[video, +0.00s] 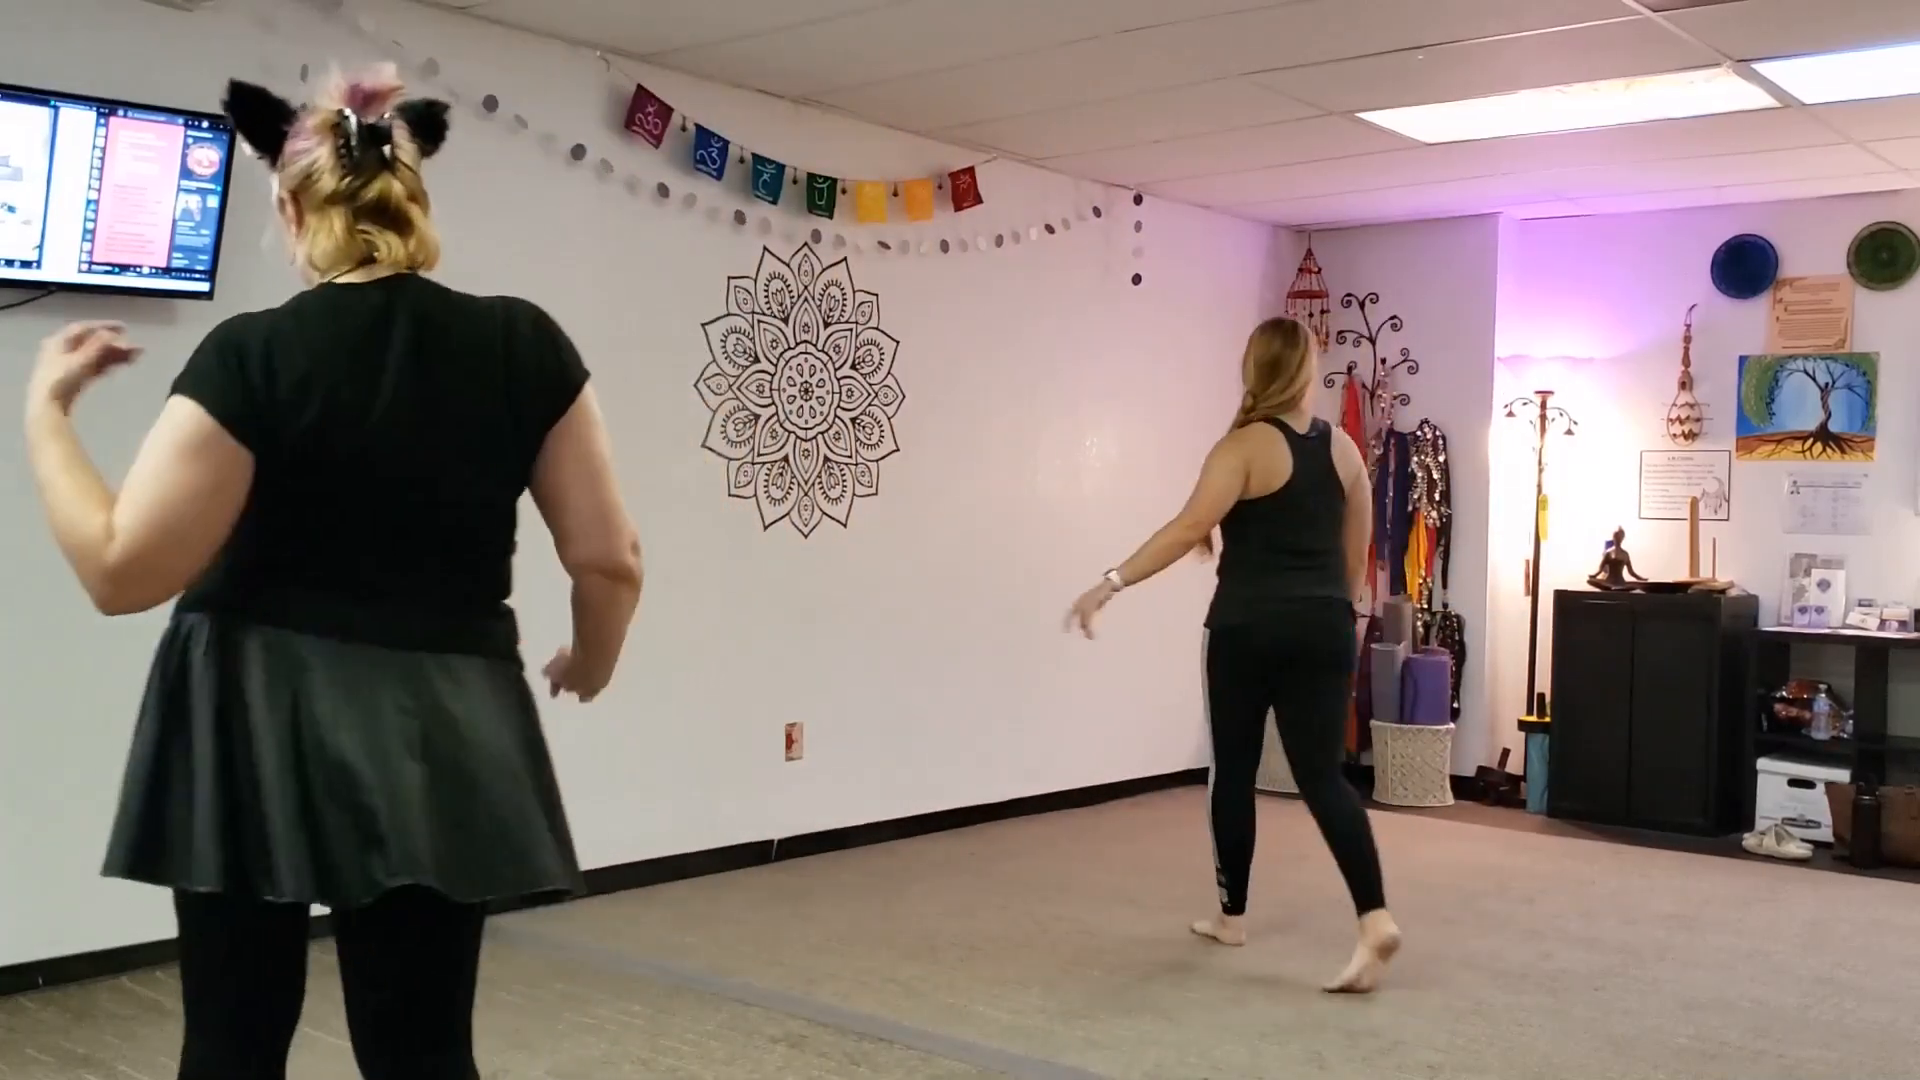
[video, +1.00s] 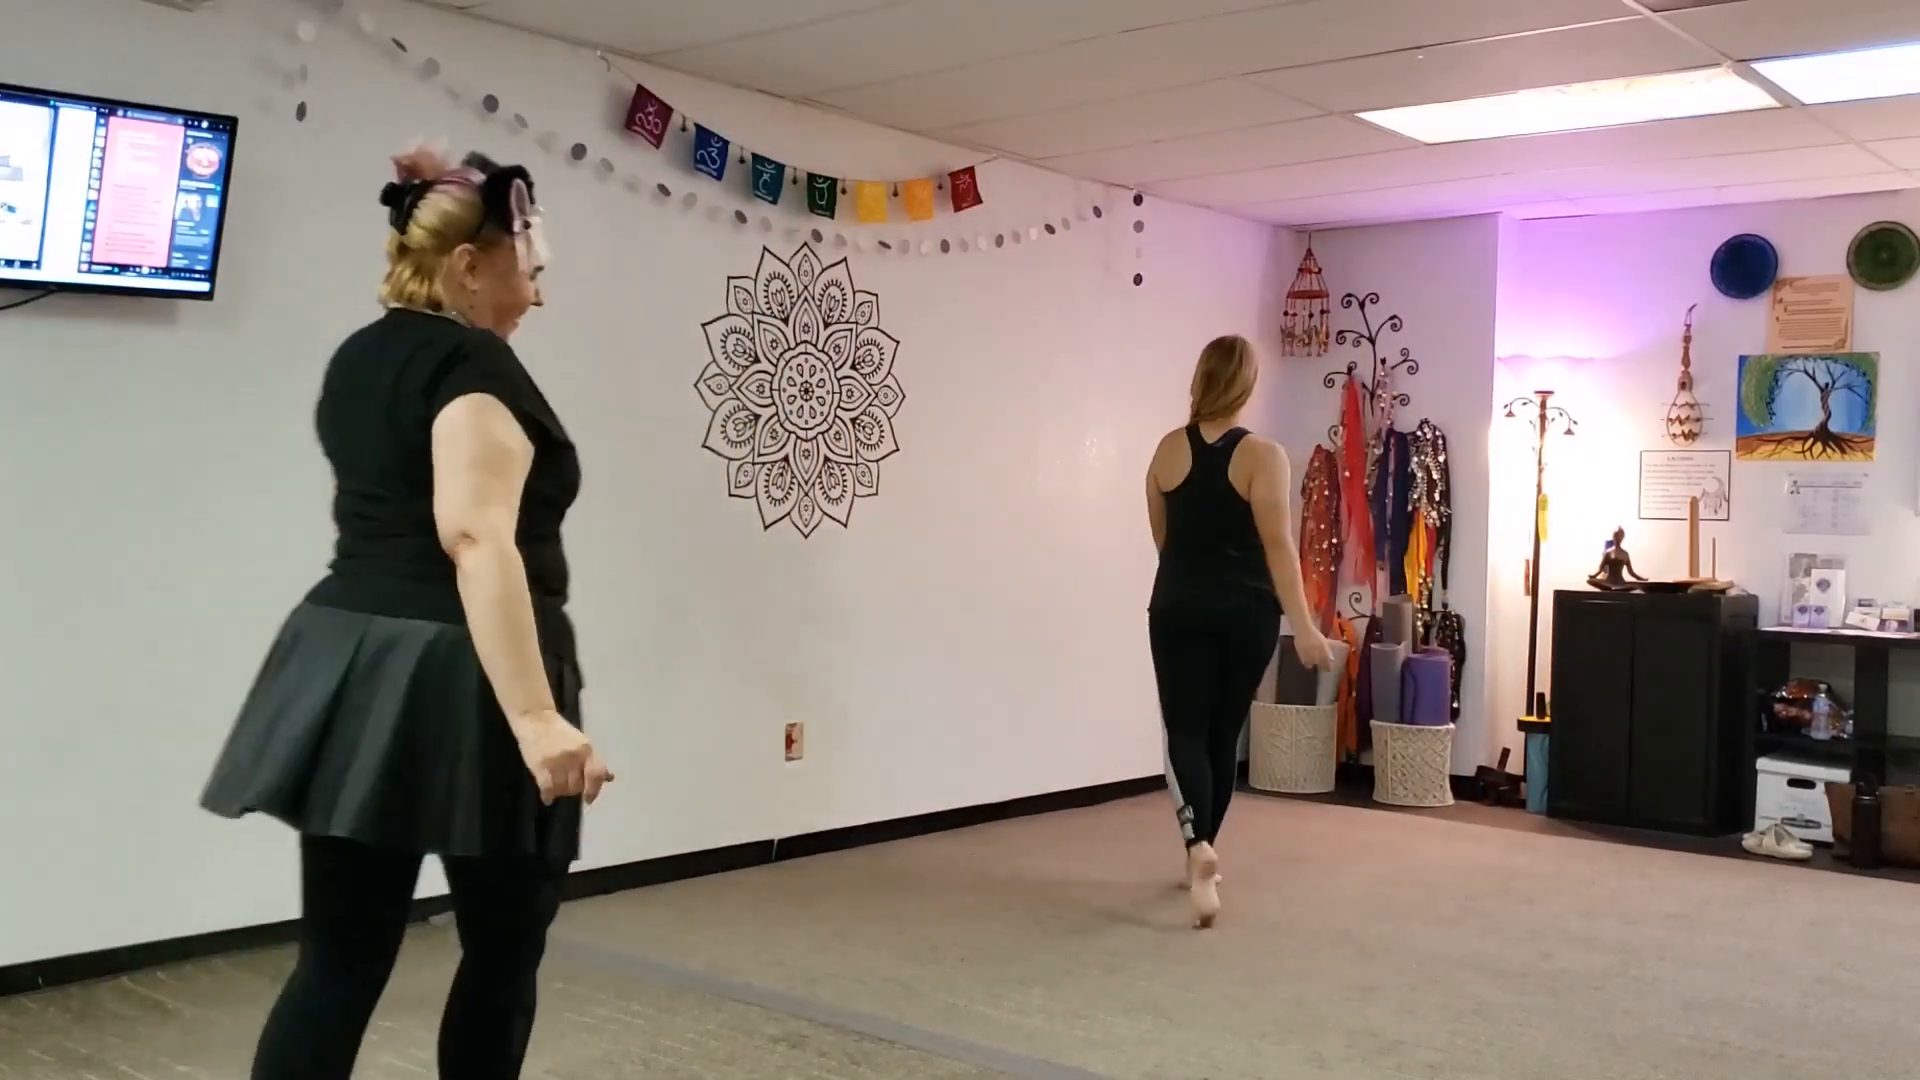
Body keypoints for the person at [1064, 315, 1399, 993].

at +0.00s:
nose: (1320, 373)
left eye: (1316, 361)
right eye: (1317, 364)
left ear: (1254, 372)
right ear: (1307, 374)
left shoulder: (1240, 448)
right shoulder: (1343, 450)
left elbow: (1192, 528)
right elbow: (1356, 547)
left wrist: (1112, 582)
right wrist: (1352, 606)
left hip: (1245, 631)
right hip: (1324, 629)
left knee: (1234, 774)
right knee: (1322, 774)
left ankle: (1231, 914)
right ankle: (1375, 916)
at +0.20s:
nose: (1281, 379)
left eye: (1220, 370)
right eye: (1283, 368)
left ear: (1225, 379)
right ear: (1281, 378)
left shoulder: (1216, 456)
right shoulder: (1321, 453)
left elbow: (1155, 549)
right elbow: (1344, 554)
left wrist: (1070, 573)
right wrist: (1349, 633)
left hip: (1214, 632)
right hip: (1290, 634)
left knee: (1220, 766)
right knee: (1265, 754)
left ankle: (1232, 912)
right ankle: (1295, 842)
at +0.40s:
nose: (1261, 377)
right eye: (1264, 368)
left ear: (1207, 376)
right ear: (1262, 376)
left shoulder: (1185, 456)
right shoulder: (1301, 446)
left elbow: (1149, 549)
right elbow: (1340, 539)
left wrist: (1086, 551)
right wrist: (1371, 617)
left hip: (1200, 622)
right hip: (1276, 621)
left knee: (1212, 757)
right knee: (1241, 720)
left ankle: (1231, 911)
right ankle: (1243, 842)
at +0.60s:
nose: (1252, 379)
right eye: (1255, 370)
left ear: (1199, 373)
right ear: (1253, 377)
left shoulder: (1168, 451)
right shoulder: (1283, 444)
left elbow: (1148, 546)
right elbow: (1315, 528)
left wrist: (1127, 539)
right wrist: (1359, 611)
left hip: (1189, 615)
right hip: (1265, 615)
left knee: (1206, 749)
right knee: (1235, 734)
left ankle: (1227, 898)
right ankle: (1218, 854)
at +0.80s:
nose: (1252, 396)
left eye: (1247, 386)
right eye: (1253, 388)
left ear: (1197, 389)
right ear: (1246, 394)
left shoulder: (1165, 465)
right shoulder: (1268, 460)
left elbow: (1156, 551)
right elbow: (1290, 551)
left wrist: (1197, 583)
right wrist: (1329, 632)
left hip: (1179, 617)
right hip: (1252, 619)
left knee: (1198, 747)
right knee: (1226, 744)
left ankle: (1220, 885)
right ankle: (1203, 857)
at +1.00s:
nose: (1253, 387)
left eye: (1241, 375)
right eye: (1254, 379)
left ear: (1199, 379)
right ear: (1249, 385)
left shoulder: (1168, 450)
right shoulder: (1264, 455)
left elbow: (1161, 537)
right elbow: (1277, 546)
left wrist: (1190, 582)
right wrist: (1305, 628)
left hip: (1177, 606)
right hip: (1248, 611)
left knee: (1184, 729)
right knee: (1223, 732)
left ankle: (1200, 844)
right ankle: (1203, 860)